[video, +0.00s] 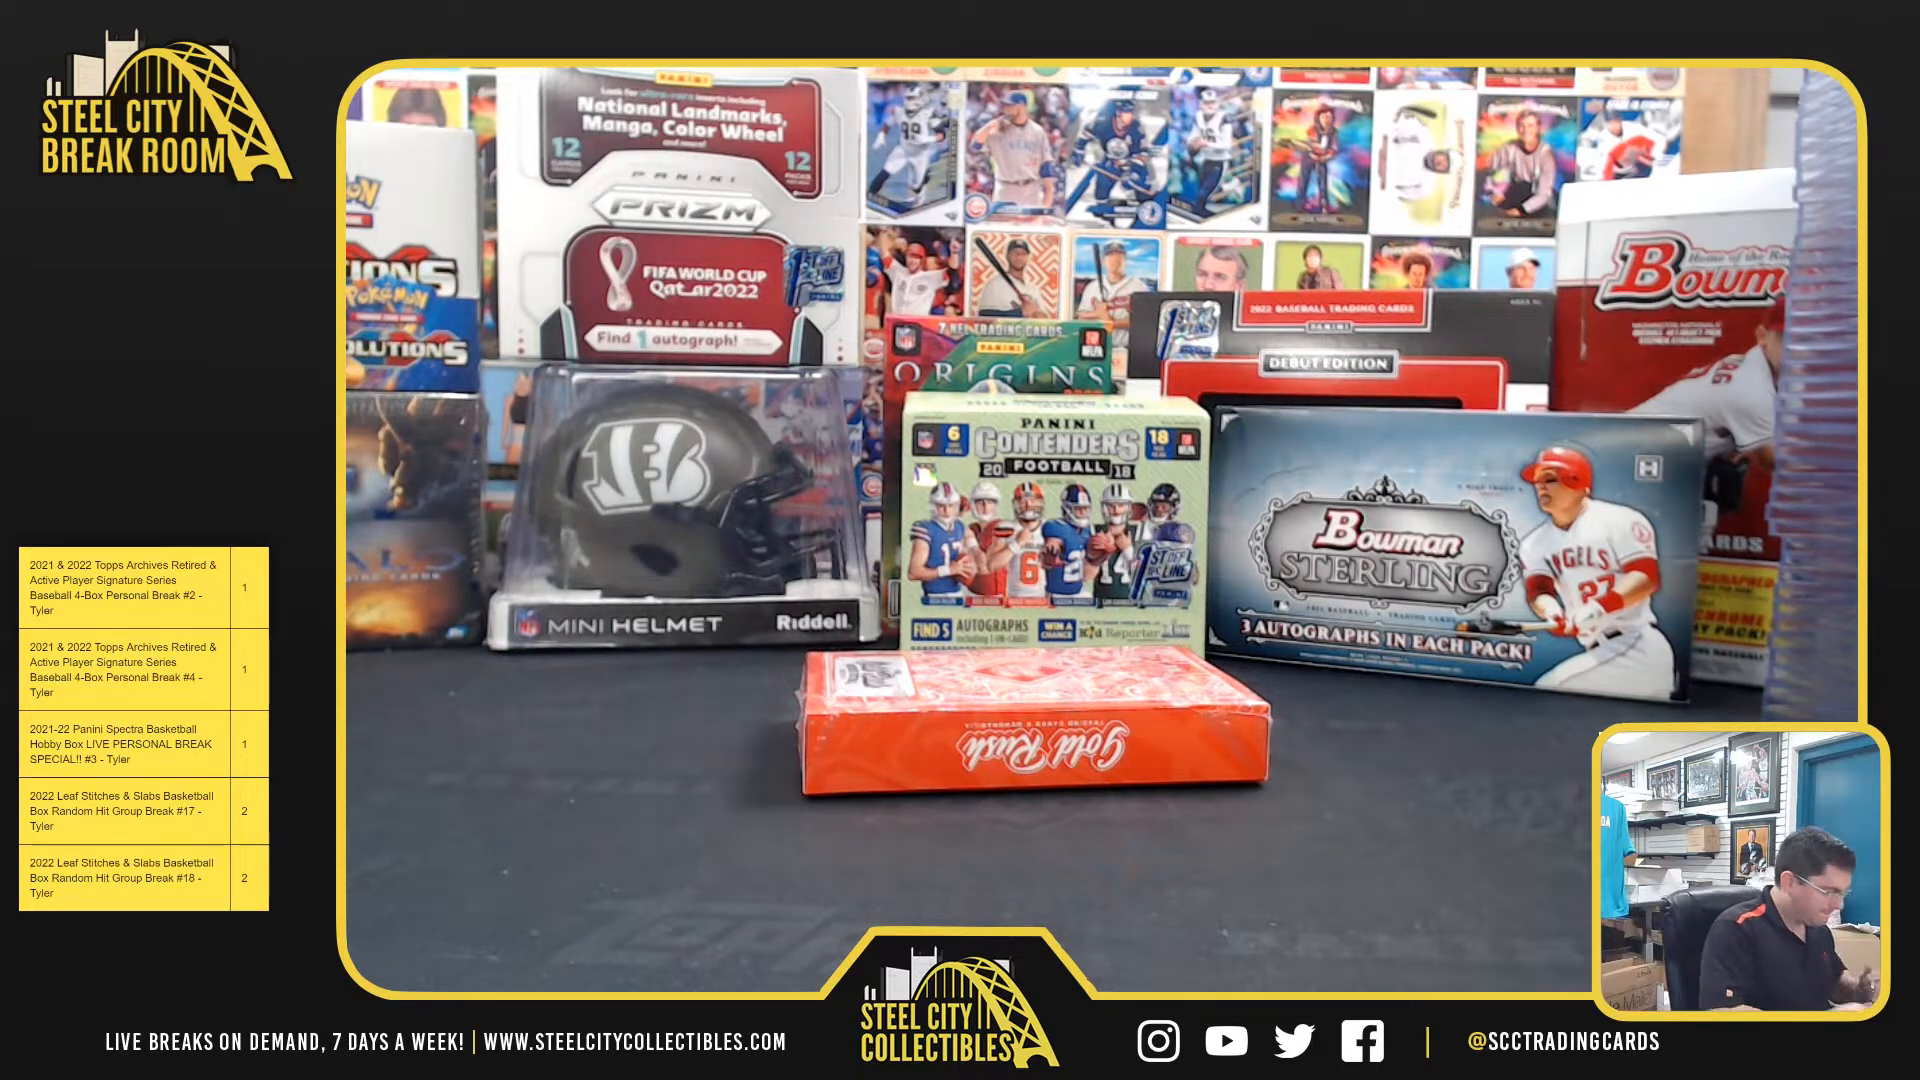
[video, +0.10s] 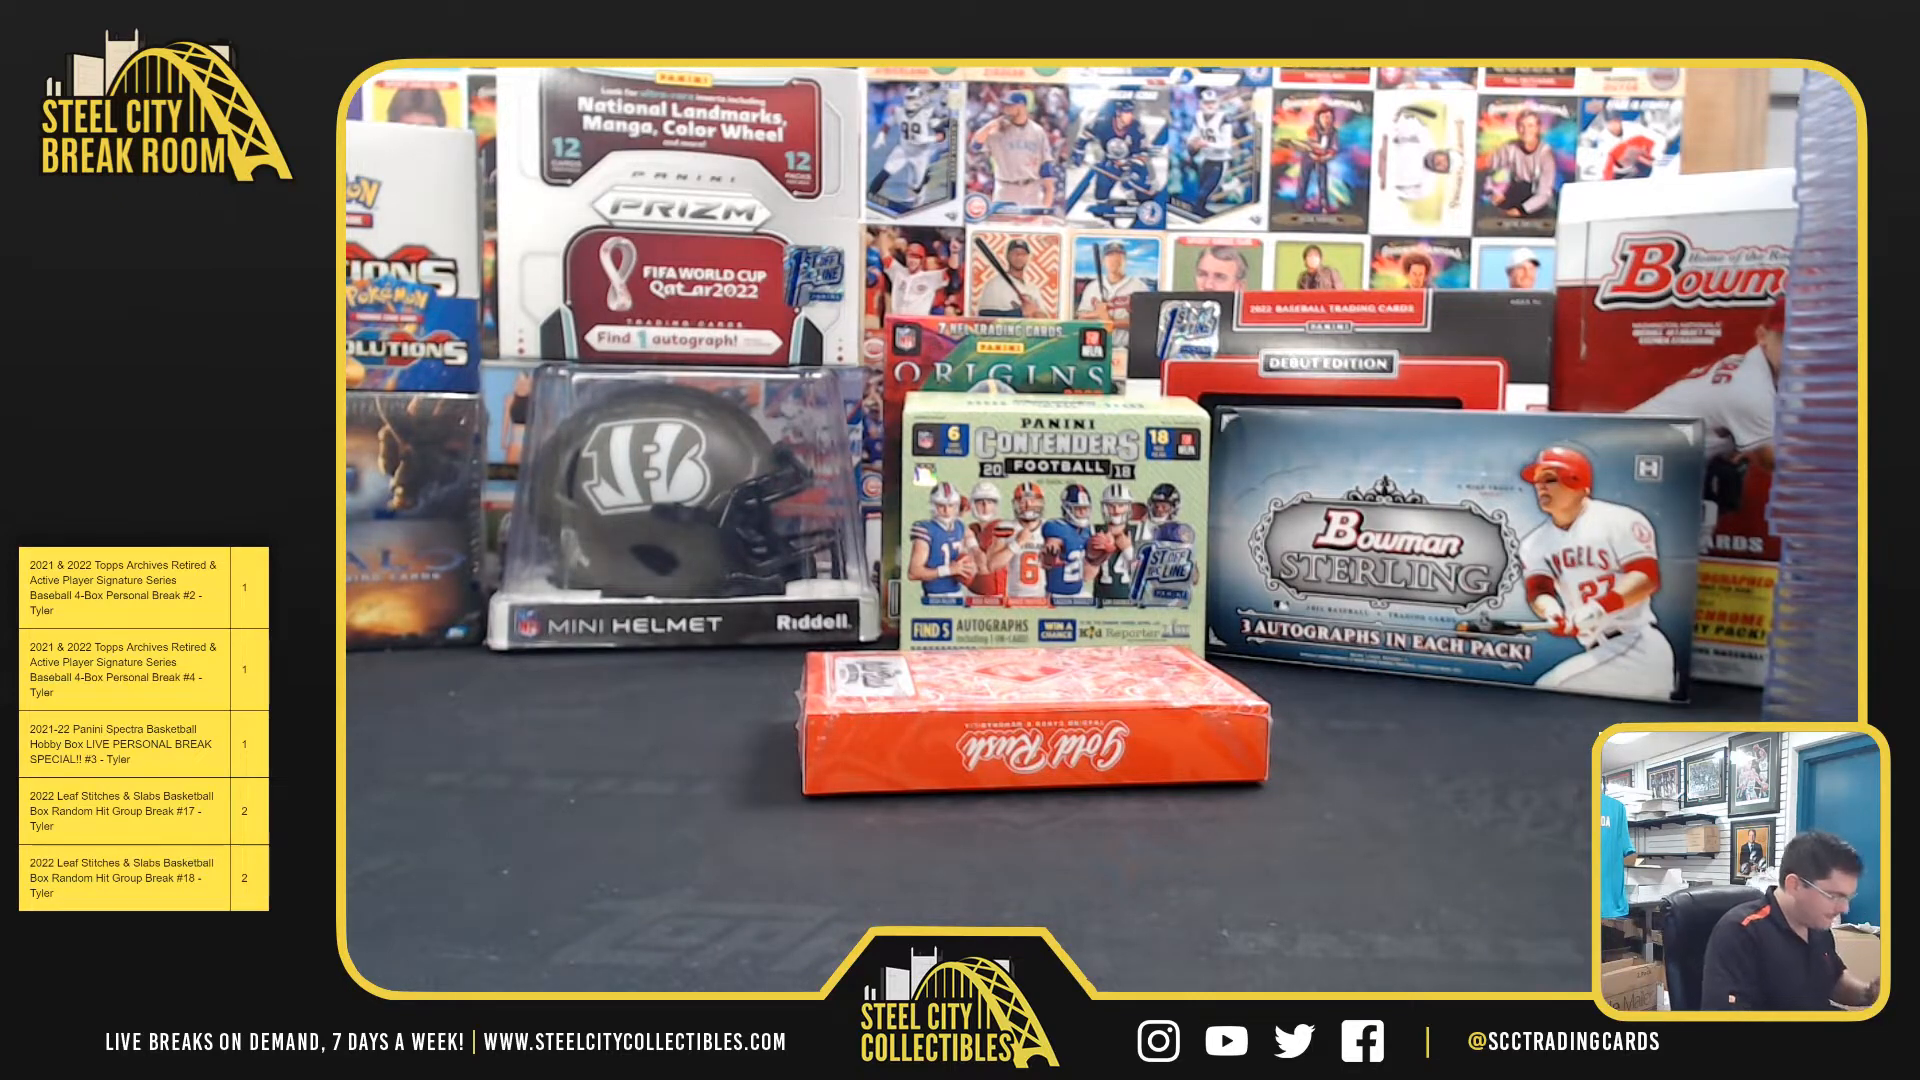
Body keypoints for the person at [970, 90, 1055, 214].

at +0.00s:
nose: (1006, 110)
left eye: (1010, 106)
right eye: (1005, 106)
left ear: (1022, 107)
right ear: (1004, 107)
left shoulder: (1038, 132)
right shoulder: (997, 129)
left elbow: (1046, 166)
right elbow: (974, 147)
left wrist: (1048, 200)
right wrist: (990, 127)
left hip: (1032, 186)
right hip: (1005, 186)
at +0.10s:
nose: (1006, 110)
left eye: (1010, 106)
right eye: (1005, 106)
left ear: (1021, 107)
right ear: (1004, 107)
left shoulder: (1038, 132)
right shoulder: (997, 129)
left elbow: (1046, 166)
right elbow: (974, 147)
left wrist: (1048, 200)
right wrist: (990, 127)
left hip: (1032, 186)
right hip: (1005, 186)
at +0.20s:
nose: (1006, 110)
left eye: (1010, 106)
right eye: (1005, 106)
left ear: (1022, 107)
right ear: (1004, 107)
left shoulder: (1038, 132)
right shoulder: (997, 129)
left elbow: (1046, 166)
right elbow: (974, 147)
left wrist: (1048, 199)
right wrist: (991, 126)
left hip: (1032, 186)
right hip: (1005, 186)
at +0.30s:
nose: (1006, 110)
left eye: (1010, 106)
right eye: (1005, 106)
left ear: (1022, 107)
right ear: (1004, 107)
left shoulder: (1038, 132)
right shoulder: (997, 129)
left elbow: (1046, 166)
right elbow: (974, 146)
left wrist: (1048, 198)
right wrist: (992, 126)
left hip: (1032, 186)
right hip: (1005, 186)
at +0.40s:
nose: (1006, 110)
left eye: (1010, 106)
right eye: (1005, 106)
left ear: (1022, 107)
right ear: (1004, 107)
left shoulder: (1038, 132)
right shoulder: (997, 129)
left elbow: (1046, 166)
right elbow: (974, 146)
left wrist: (1048, 198)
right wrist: (992, 126)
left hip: (1032, 186)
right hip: (1005, 186)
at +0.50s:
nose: (1006, 110)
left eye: (1010, 106)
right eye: (1005, 106)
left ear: (1022, 107)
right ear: (1004, 107)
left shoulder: (1038, 132)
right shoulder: (997, 129)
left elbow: (1046, 166)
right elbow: (974, 146)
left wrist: (1048, 198)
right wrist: (992, 126)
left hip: (1032, 186)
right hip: (1005, 186)